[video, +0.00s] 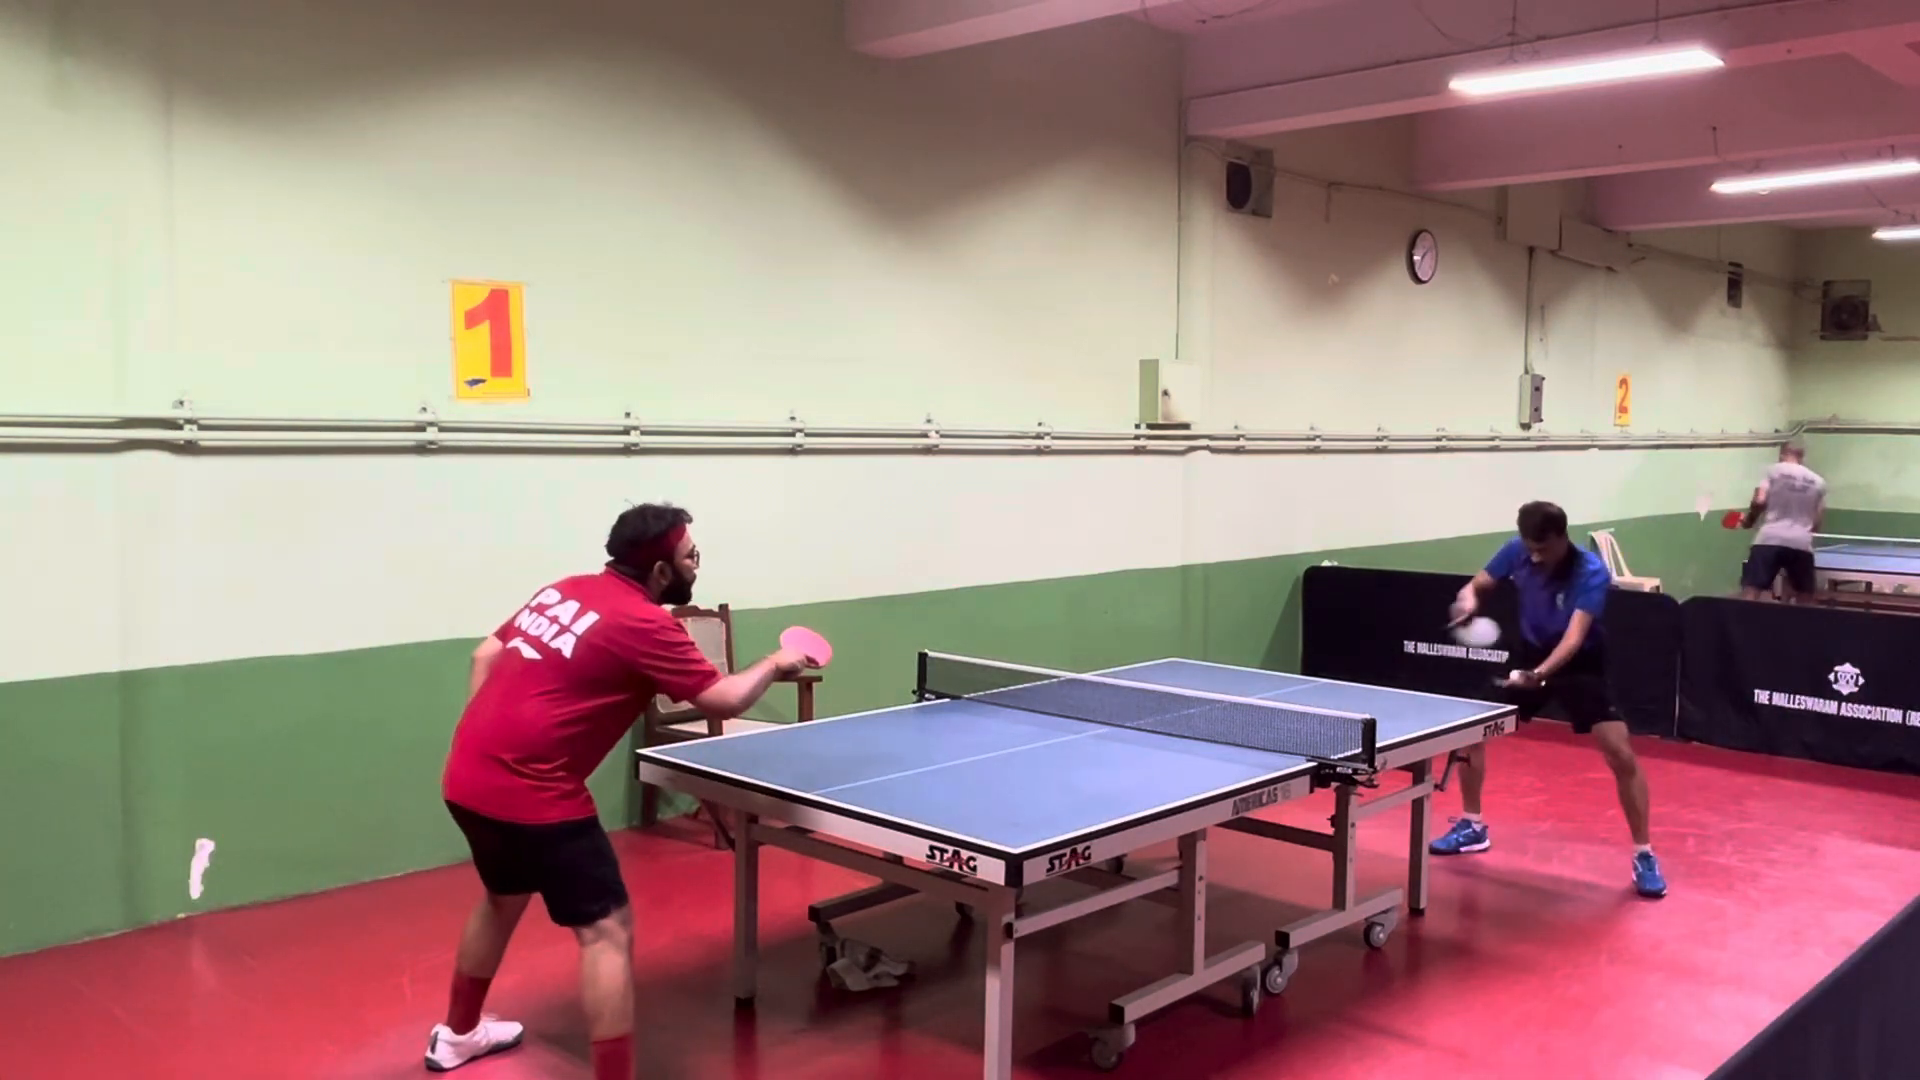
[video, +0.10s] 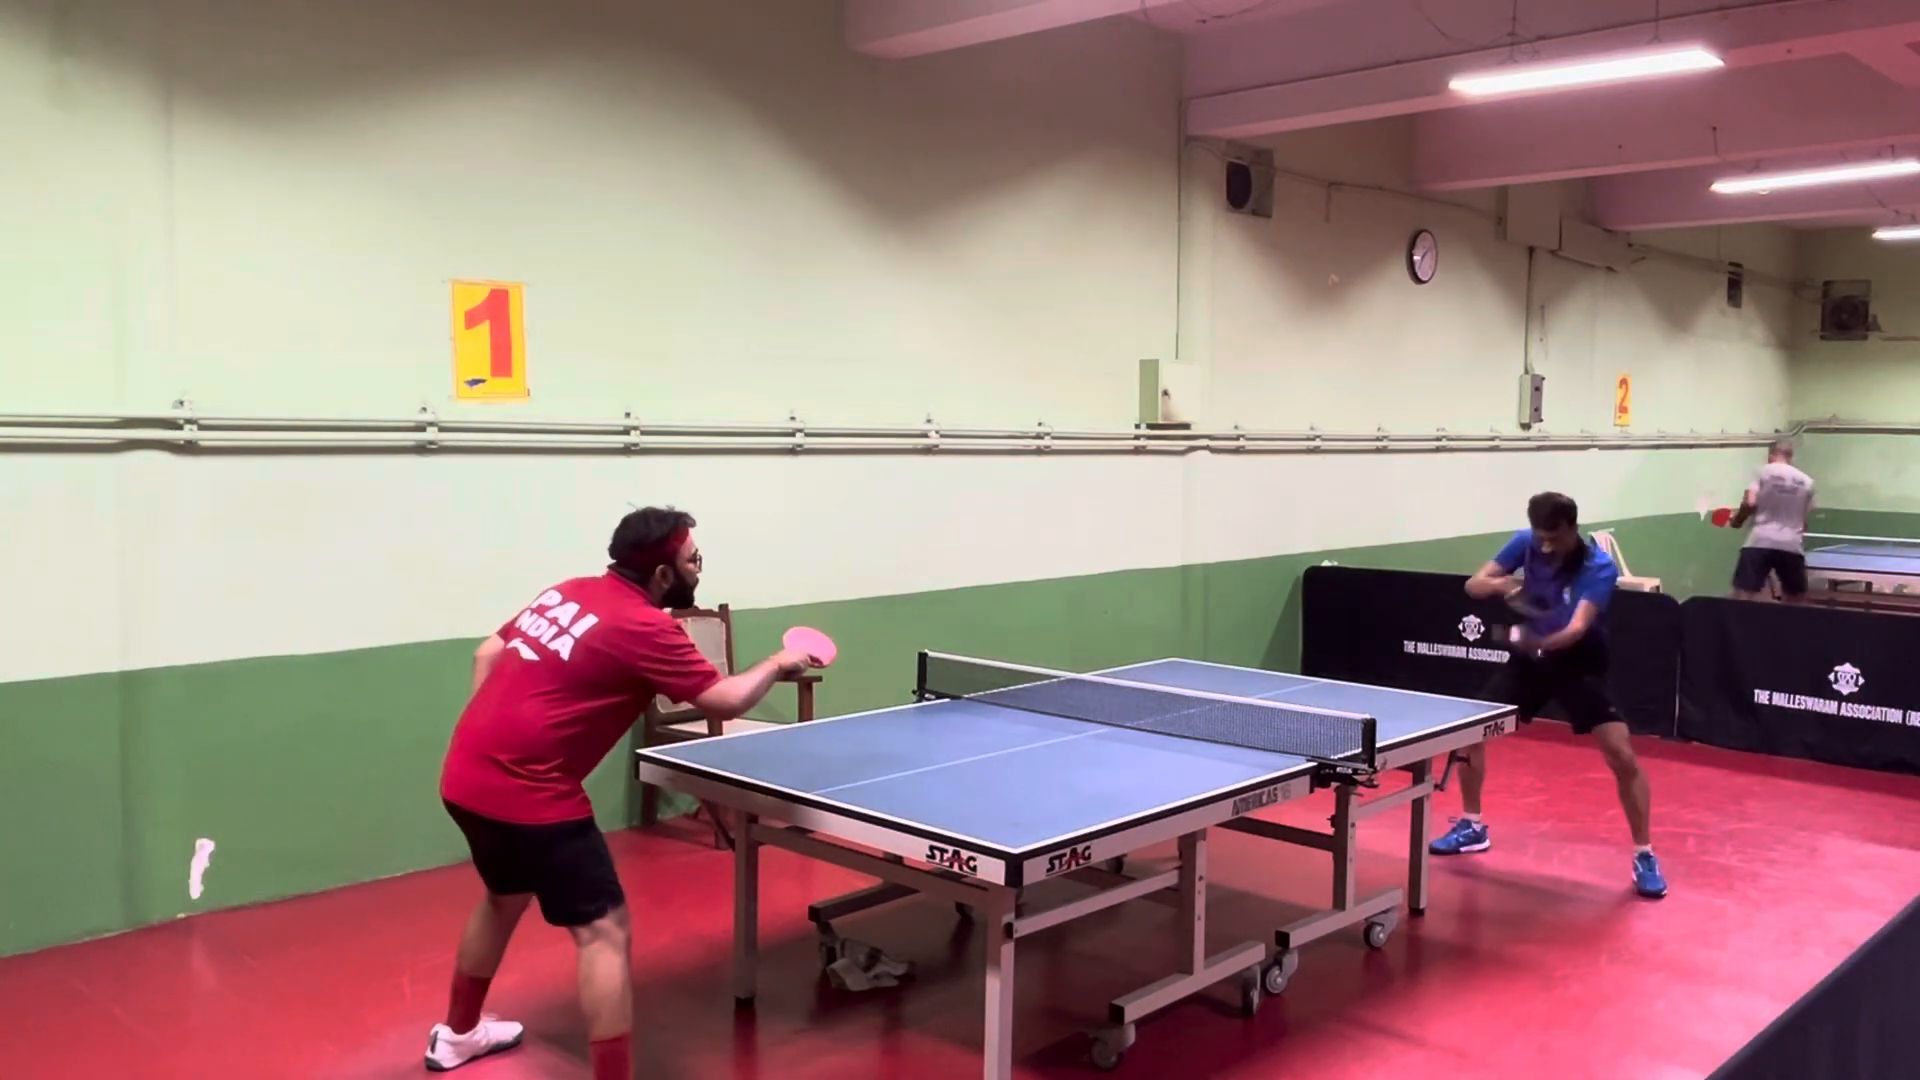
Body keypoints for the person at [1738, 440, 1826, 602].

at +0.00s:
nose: (1784, 459)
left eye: (1783, 456)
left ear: (1783, 455)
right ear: (1802, 457)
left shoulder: (1772, 471)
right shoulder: (1818, 482)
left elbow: (1760, 501)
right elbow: (1817, 521)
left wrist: (1749, 520)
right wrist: (1808, 530)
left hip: (1769, 540)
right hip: (1801, 545)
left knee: (1751, 593)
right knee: (1805, 600)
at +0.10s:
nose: (1769, 459)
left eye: (1770, 456)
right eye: (1771, 456)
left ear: (1772, 455)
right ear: (1791, 456)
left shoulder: (1761, 472)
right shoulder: (1807, 481)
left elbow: (1750, 503)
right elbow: (1806, 513)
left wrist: (1738, 520)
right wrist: (1802, 526)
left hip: (1760, 542)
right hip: (1791, 546)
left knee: (1743, 594)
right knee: (1796, 599)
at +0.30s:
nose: (1748, 456)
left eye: (1748, 452)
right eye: (1748, 452)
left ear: (1750, 452)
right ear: (1769, 451)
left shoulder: (1744, 472)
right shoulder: (1789, 477)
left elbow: (1734, 504)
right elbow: (1791, 514)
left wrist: (1723, 517)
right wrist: (1786, 523)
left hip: (1744, 545)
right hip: (1775, 546)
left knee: (1735, 597)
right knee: (1781, 599)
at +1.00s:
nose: (1769, 458)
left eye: (1769, 455)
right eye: (1769, 455)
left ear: (1745, 454)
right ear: (1766, 455)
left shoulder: (1727, 471)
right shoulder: (1778, 478)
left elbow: (1715, 505)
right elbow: (1789, 523)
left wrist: (1729, 519)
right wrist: (1783, 542)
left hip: (1733, 544)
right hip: (1765, 546)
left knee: (1732, 599)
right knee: (1766, 600)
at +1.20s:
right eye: (1783, 464)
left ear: (1761, 458)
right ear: (1782, 463)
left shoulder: (1739, 470)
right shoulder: (1787, 485)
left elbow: (1721, 503)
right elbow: (1795, 526)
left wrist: (1736, 516)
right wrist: (1804, 552)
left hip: (1735, 542)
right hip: (1767, 546)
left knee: (1727, 598)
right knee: (1767, 599)